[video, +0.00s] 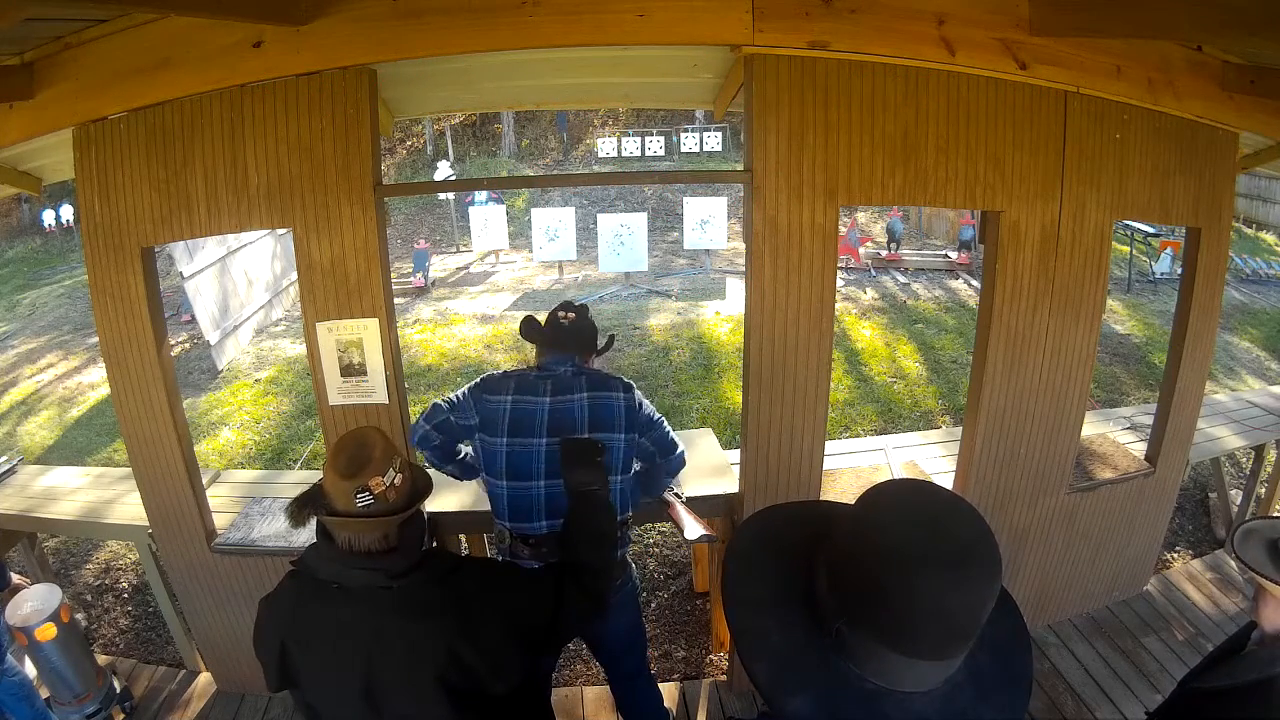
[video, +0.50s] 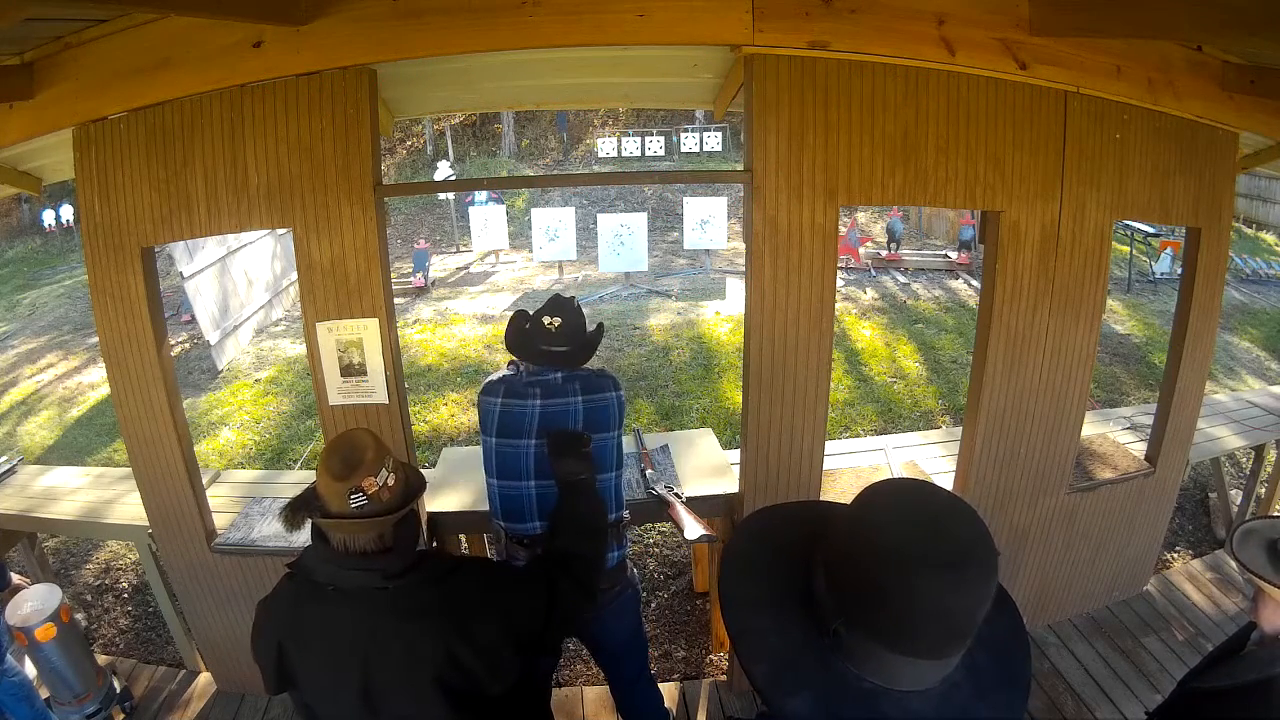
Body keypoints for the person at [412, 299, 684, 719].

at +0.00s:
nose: (596, 360)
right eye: (595, 352)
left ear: (538, 348)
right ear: (590, 354)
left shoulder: (489, 391)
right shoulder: (620, 393)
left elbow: (425, 433)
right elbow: (670, 456)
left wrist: (478, 467)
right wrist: (629, 495)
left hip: (524, 579)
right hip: (604, 573)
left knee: (528, 694)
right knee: (634, 685)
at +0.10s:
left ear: (532, 344)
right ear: (589, 347)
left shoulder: (489, 397)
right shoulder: (617, 394)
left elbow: (432, 459)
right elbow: (662, 467)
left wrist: (492, 460)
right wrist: (613, 468)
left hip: (523, 585)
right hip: (604, 577)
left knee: (528, 695)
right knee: (635, 686)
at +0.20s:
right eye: (582, 337)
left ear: (529, 343)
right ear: (583, 344)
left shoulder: (491, 399)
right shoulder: (610, 391)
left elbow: (465, 471)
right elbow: (638, 457)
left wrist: (515, 452)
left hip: (526, 580)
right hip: (606, 571)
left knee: (530, 691)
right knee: (634, 681)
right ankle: (653, 718)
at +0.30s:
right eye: (580, 335)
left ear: (523, 342)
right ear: (581, 343)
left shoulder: (489, 401)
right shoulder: (608, 391)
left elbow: (479, 449)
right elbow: (629, 459)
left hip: (526, 585)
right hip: (605, 577)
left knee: (530, 696)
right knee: (636, 686)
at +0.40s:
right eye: (583, 335)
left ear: (522, 343)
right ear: (581, 344)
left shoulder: (489, 398)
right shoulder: (607, 392)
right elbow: (606, 468)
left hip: (525, 582)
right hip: (604, 575)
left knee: (529, 695)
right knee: (636, 688)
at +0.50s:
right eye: (582, 335)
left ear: (523, 340)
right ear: (580, 343)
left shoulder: (491, 393)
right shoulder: (606, 389)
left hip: (524, 580)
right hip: (602, 575)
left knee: (529, 694)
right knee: (636, 688)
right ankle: (652, 715)